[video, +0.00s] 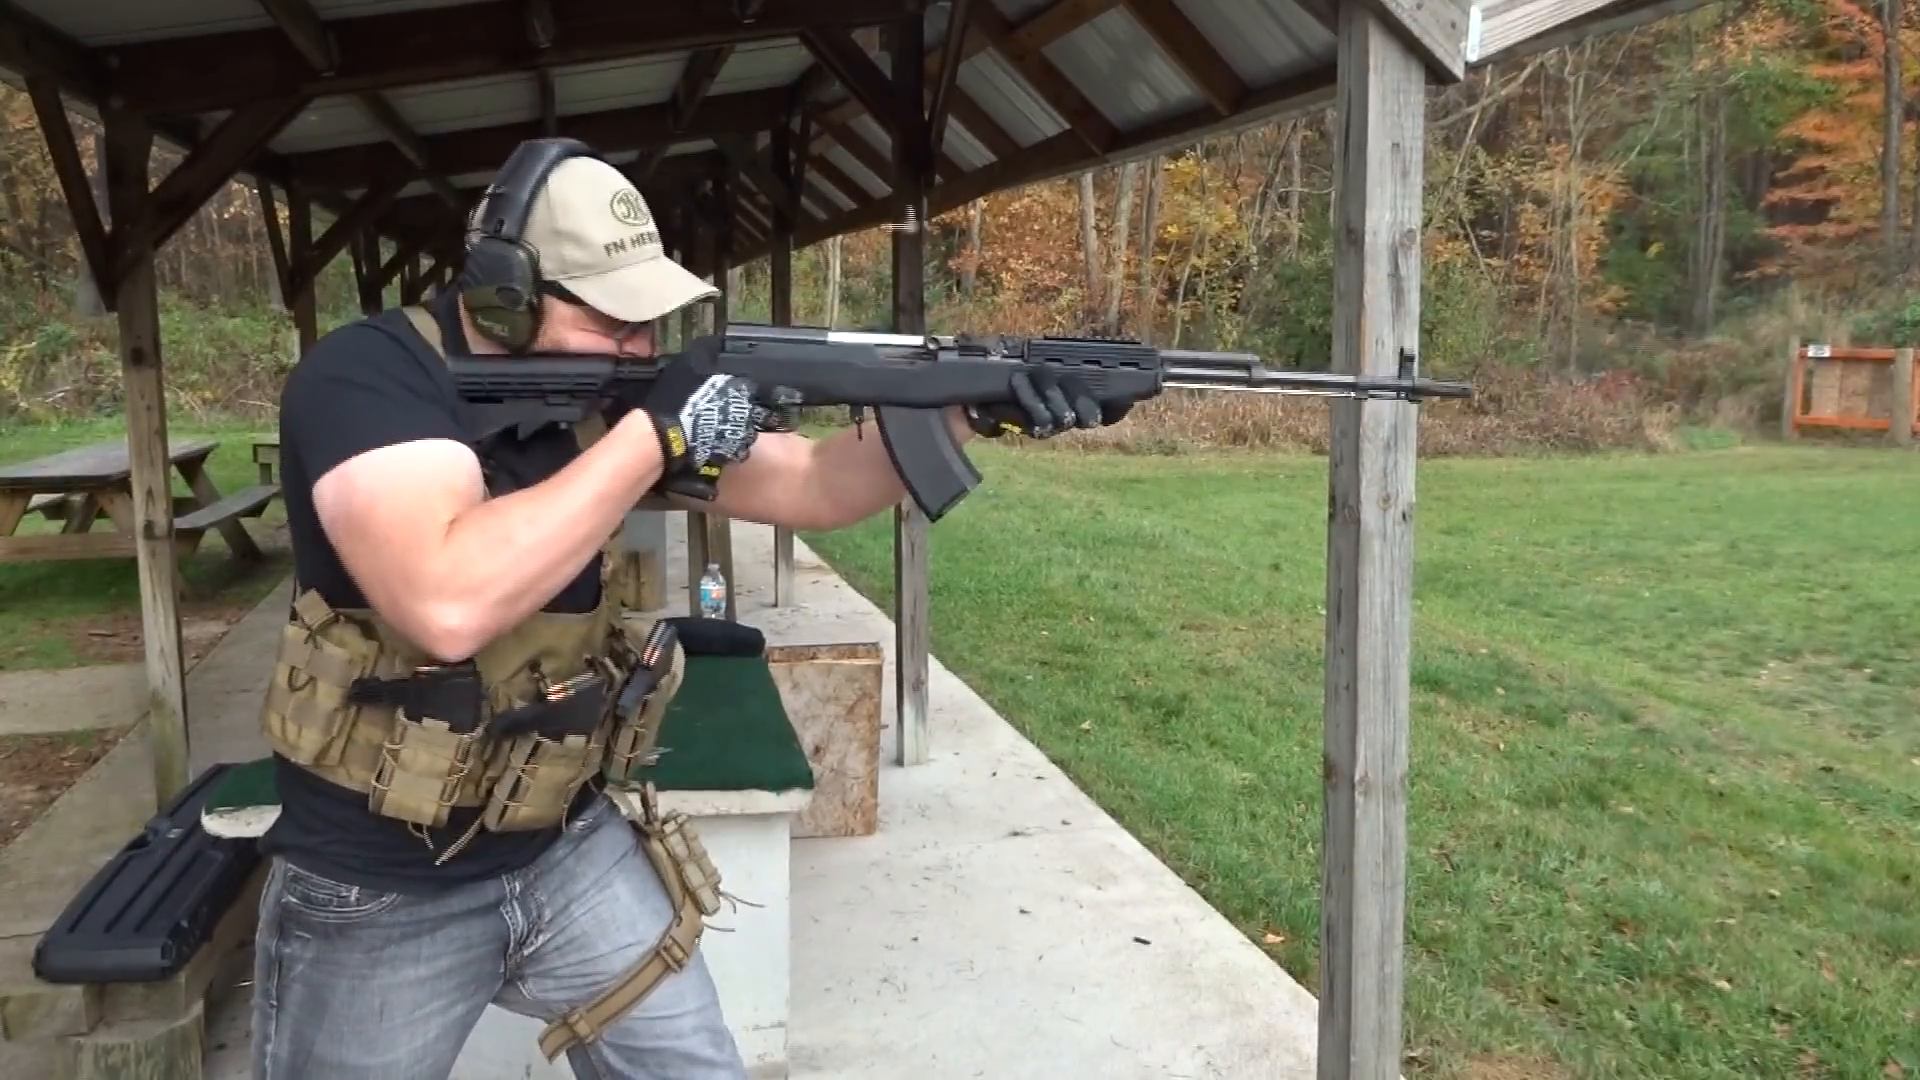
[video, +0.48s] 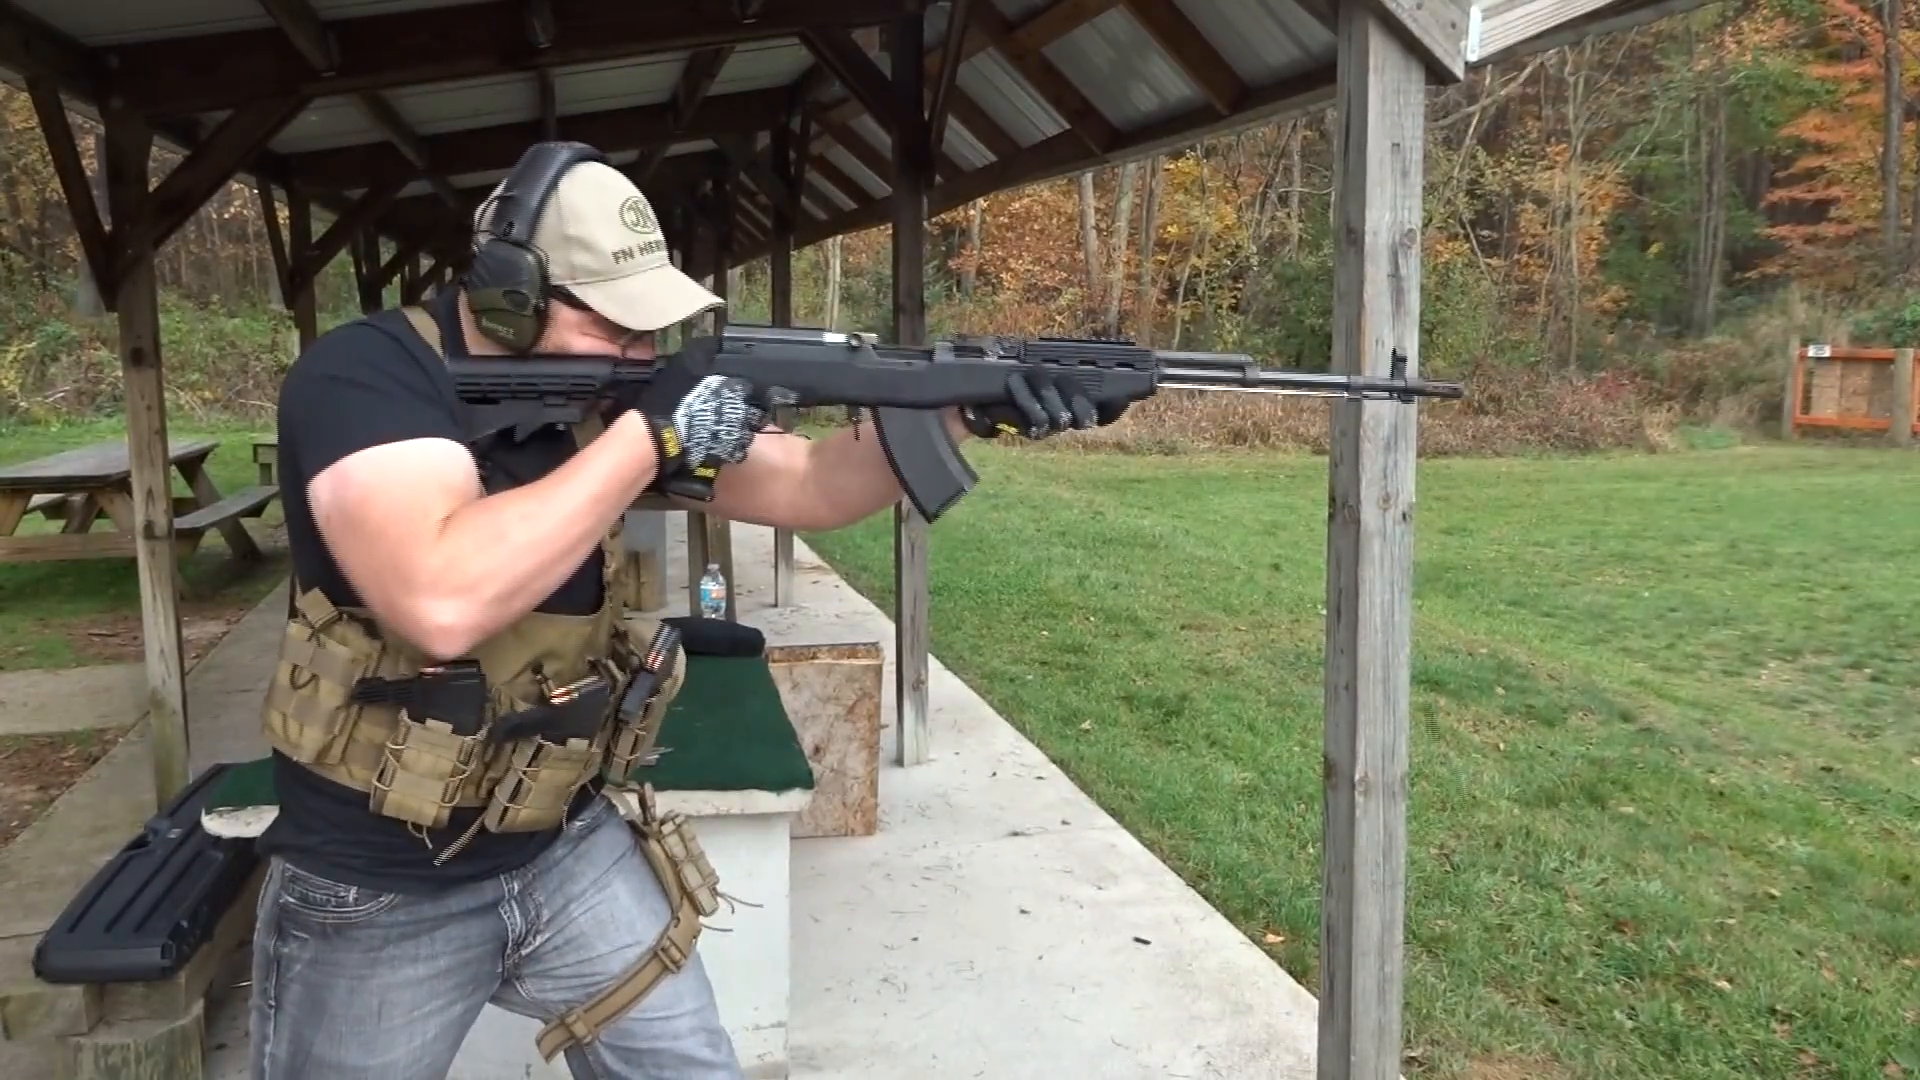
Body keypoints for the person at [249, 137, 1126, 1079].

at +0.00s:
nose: (632, 349)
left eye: (640, 324)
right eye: (602, 325)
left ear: (646, 296)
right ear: (498, 298)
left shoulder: (611, 397)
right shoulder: (361, 380)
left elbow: (812, 481)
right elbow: (448, 602)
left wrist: (984, 401)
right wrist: (658, 433)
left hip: (575, 848)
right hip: (380, 893)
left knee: (697, 1065)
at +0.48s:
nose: (630, 357)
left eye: (641, 333)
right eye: (603, 331)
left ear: (647, 300)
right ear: (504, 301)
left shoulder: (612, 395)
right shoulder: (357, 380)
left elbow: (807, 480)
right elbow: (443, 600)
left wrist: (981, 399)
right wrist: (652, 434)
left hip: (573, 847)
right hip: (377, 894)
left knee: (692, 1067)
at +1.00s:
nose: (752, 278)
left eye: (756, 249)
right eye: (723, 250)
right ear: (623, 240)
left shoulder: (741, 385)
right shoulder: (497, 375)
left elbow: (897, 525)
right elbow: (528, 622)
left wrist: (985, 458)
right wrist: (769, 500)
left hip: (693, 827)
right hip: (493, 860)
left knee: (787, 1066)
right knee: (428, 1066)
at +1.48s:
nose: (622, 283)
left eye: (639, 243)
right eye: (579, 255)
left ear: (672, 236)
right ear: (503, 260)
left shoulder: (729, 357)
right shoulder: (430, 421)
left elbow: (915, 510)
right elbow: (450, 745)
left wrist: (969, 470)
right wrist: (699, 571)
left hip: (721, 847)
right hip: (514, 885)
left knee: (785, 1062)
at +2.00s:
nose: (448, 344)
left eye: (471, 299)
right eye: (400, 315)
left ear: (509, 243)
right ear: (302, 277)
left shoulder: (599, 390)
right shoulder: (203, 463)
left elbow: (767, 580)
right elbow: (177, 828)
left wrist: (802, 658)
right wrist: (396, 689)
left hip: (600, 913)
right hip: (364, 964)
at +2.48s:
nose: (494, 378)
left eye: (518, 342)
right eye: (460, 343)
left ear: (551, 279)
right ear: (352, 293)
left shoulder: (594, 387)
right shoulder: (202, 454)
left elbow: (744, 522)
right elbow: (144, 828)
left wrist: (714, 721)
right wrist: (357, 685)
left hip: (582, 936)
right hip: (337, 992)